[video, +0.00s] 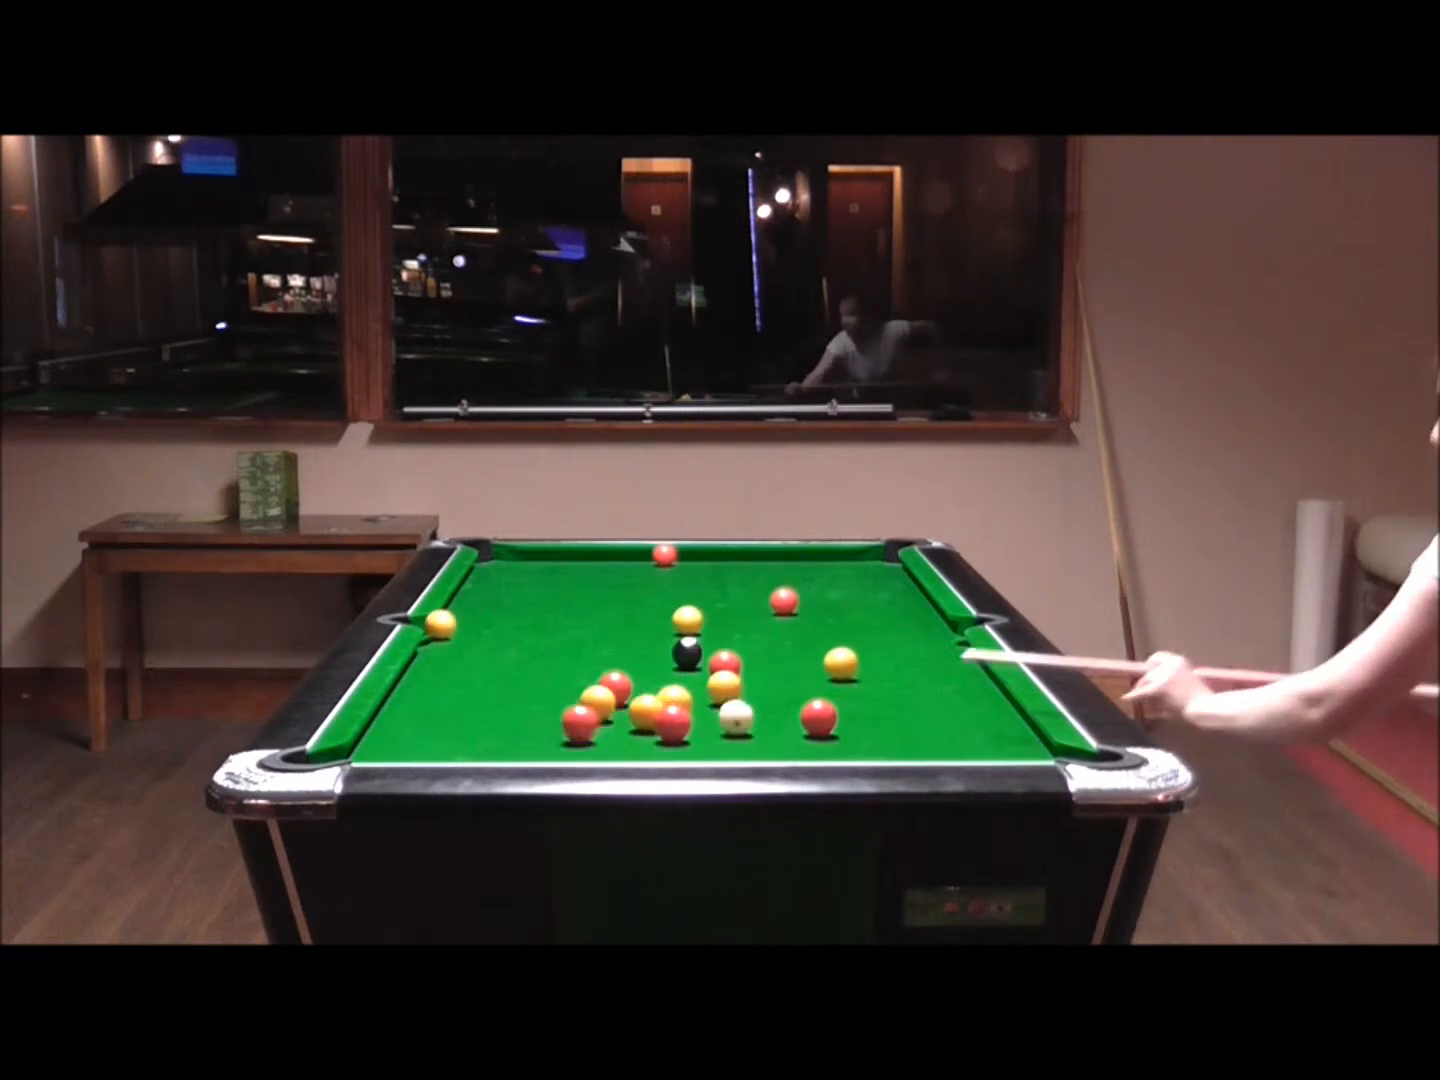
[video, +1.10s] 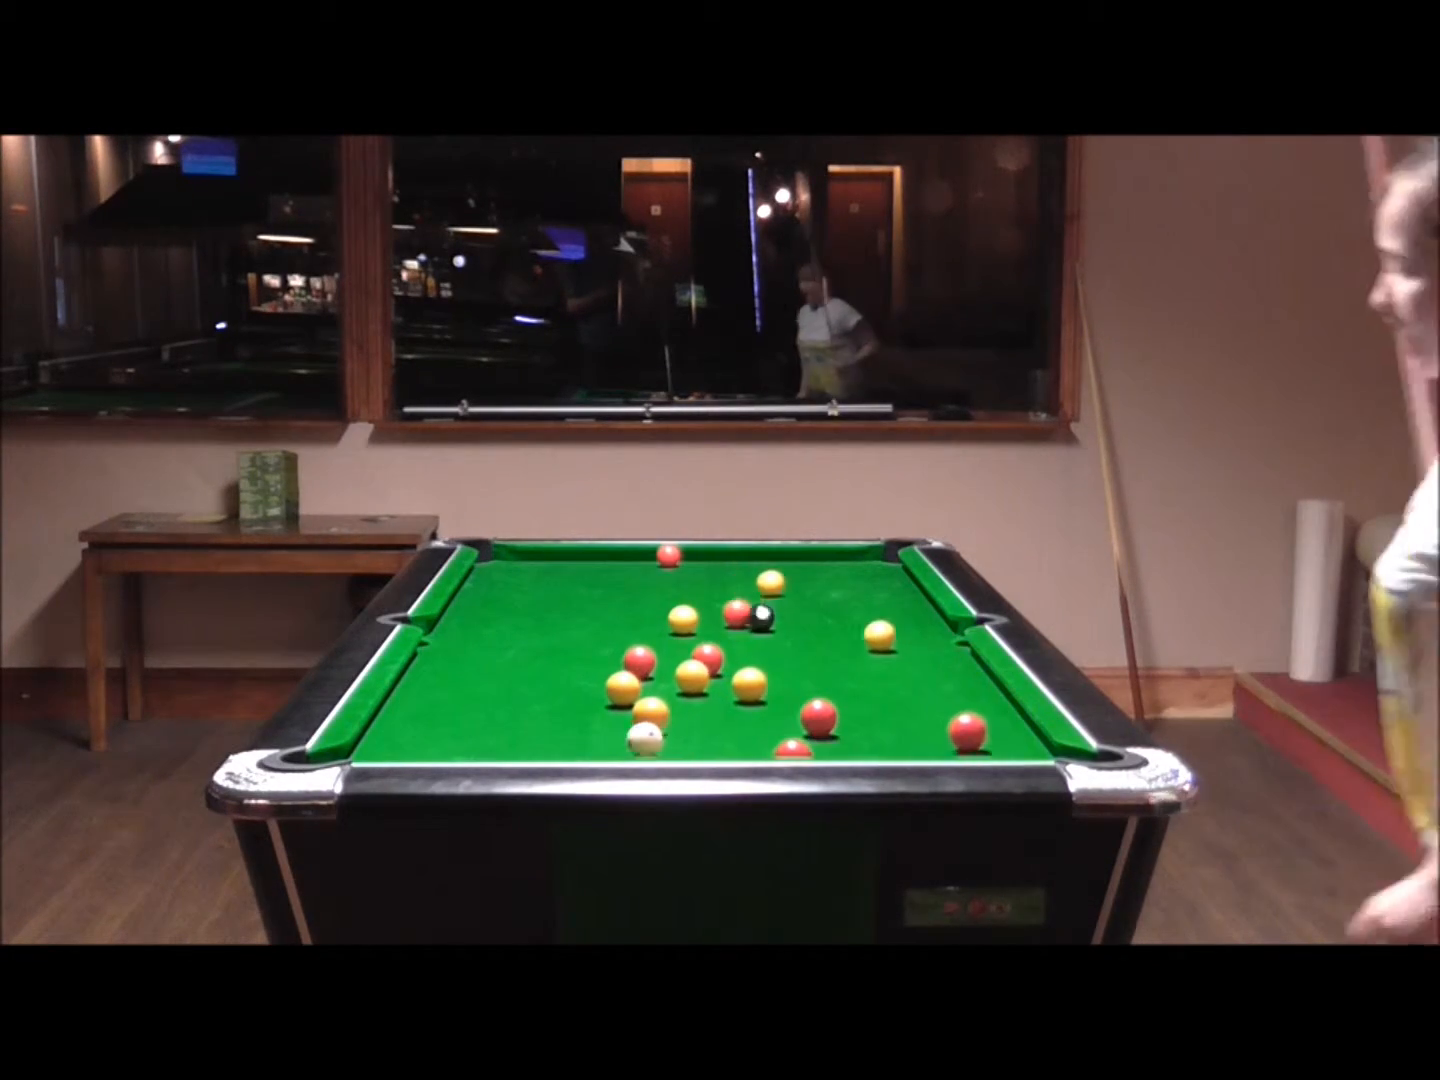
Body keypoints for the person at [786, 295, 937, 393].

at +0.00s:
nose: (845, 321)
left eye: (851, 315)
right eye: (843, 316)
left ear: (866, 317)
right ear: (841, 317)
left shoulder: (892, 332)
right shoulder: (841, 343)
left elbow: (928, 329)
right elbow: (819, 373)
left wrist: (939, 368)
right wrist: (802, 389)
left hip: (893, 391)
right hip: (857, 395)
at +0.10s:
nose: (847, 310)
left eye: (853, 304)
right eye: (844, 304)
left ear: (866, 304)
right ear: (842, 306)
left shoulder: (892, 323)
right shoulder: (841, 332)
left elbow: (926, 329)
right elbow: (822, 369)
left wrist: (923, 368)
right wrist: (814, 376)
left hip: (889, 382)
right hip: (853, 384)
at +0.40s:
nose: (850, 290)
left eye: (856, 285)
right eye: (849, 285)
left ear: (872, 287)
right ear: (847, 288)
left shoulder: (897, 313)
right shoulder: (842, 318)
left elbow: (926, 337)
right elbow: (831, 358)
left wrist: (909, 369)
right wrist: (838, 378)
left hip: (889, 390)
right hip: (854, 393)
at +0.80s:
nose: (846, 289)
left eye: (852, 284)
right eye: (846, 284)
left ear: (868, 285)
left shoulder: (889, 312)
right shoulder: (846, 313)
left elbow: (918, 345)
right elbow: (845, 355)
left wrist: (893, 370)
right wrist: (842, 388)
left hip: (882, 391)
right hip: (853, 390)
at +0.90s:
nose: (837, 293)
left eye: (841, 288)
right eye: (835, 289)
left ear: (854, 287)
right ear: (834, 290)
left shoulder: (875, 310)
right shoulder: (834, 314)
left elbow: (906, 343)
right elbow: (835, 356)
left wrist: (883, 367)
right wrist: (833, 390)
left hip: (873, 391)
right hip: (843, 391)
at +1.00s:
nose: (826, 291)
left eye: (831, 285)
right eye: (824, 286)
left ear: (843, 286)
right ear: (821, 288)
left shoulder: (861, 310)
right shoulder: (823, 314)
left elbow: (895, 342)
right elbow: (825, 357)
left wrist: (870, 365)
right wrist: (823, 390)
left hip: (861, 392)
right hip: (832, 391)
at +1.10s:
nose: (804, 288)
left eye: (809, 282)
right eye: (802, 283)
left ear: (822, 284)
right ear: (801, 286)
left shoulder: (838, 309)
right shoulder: (803, 313)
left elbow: (871, 343)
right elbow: (806, 357)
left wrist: (847, 362)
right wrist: (804, 391)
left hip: (841, 389)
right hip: (814, 389)